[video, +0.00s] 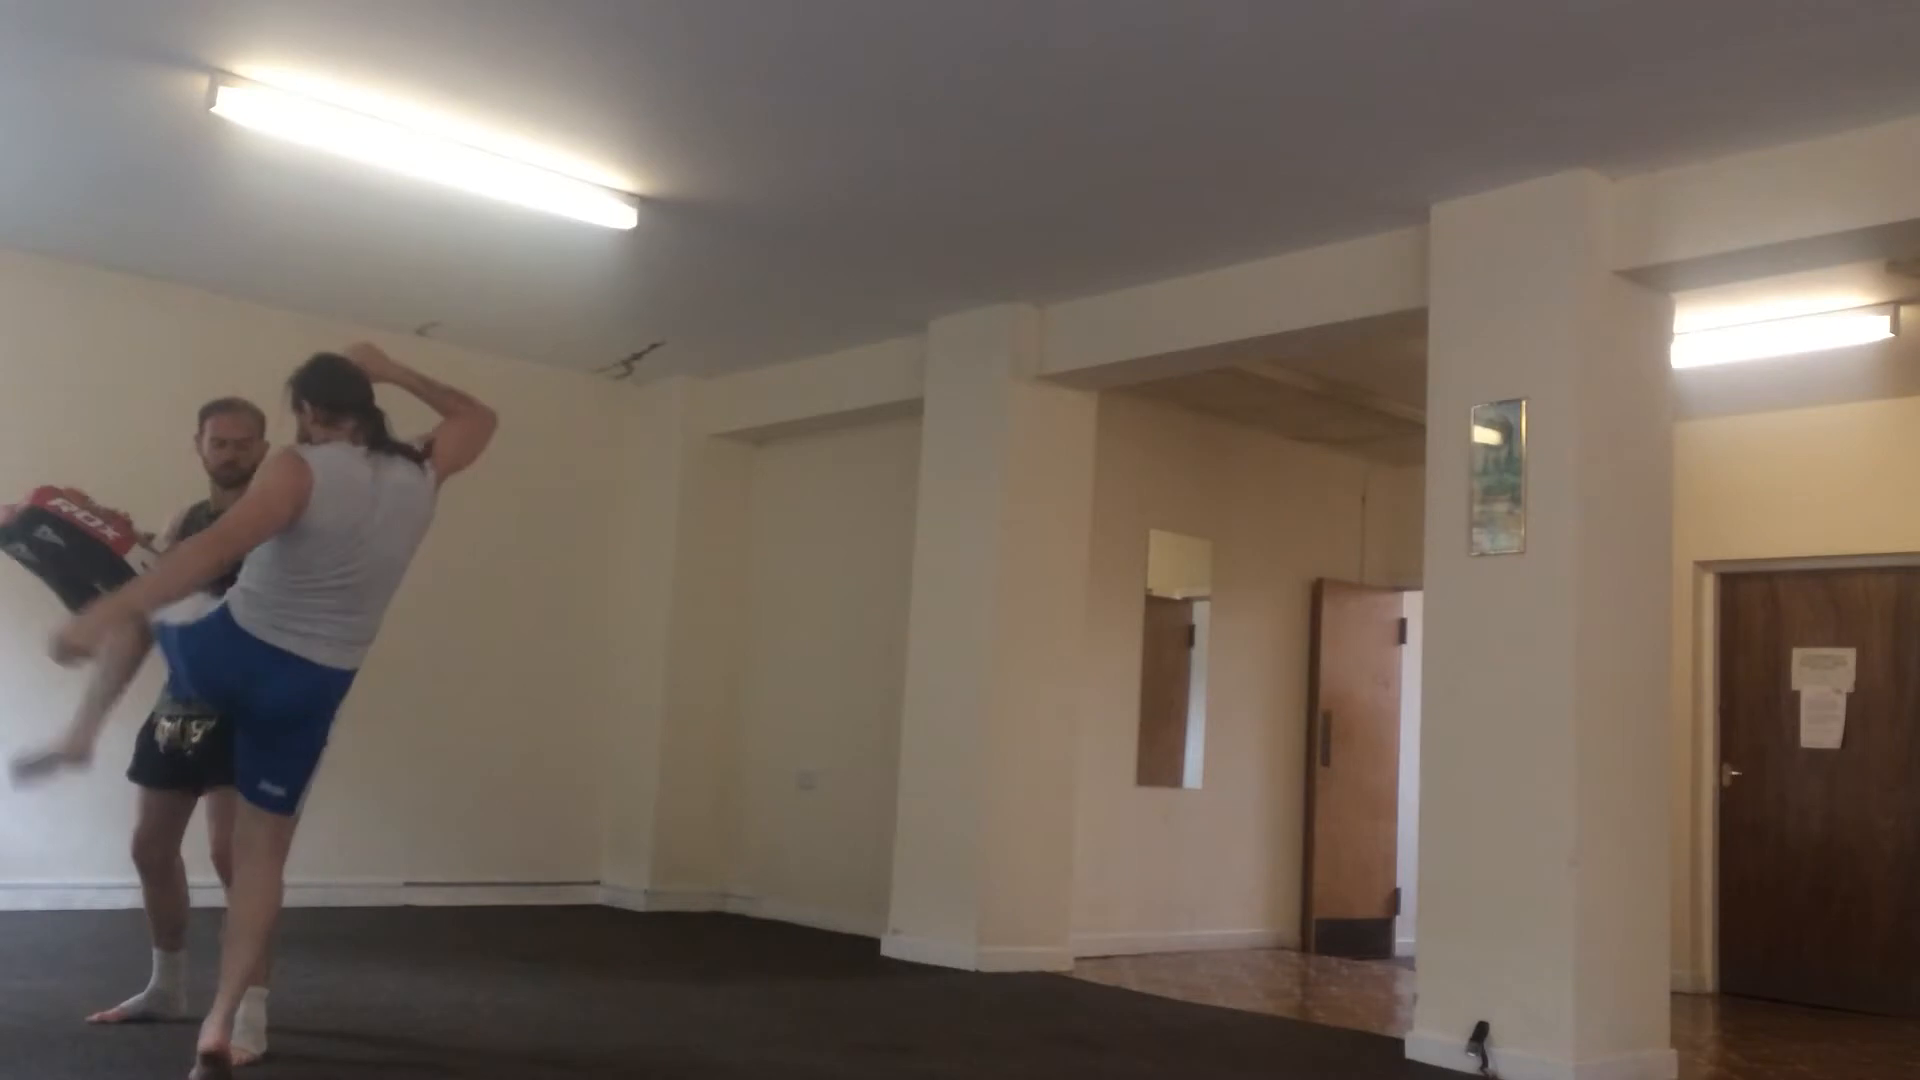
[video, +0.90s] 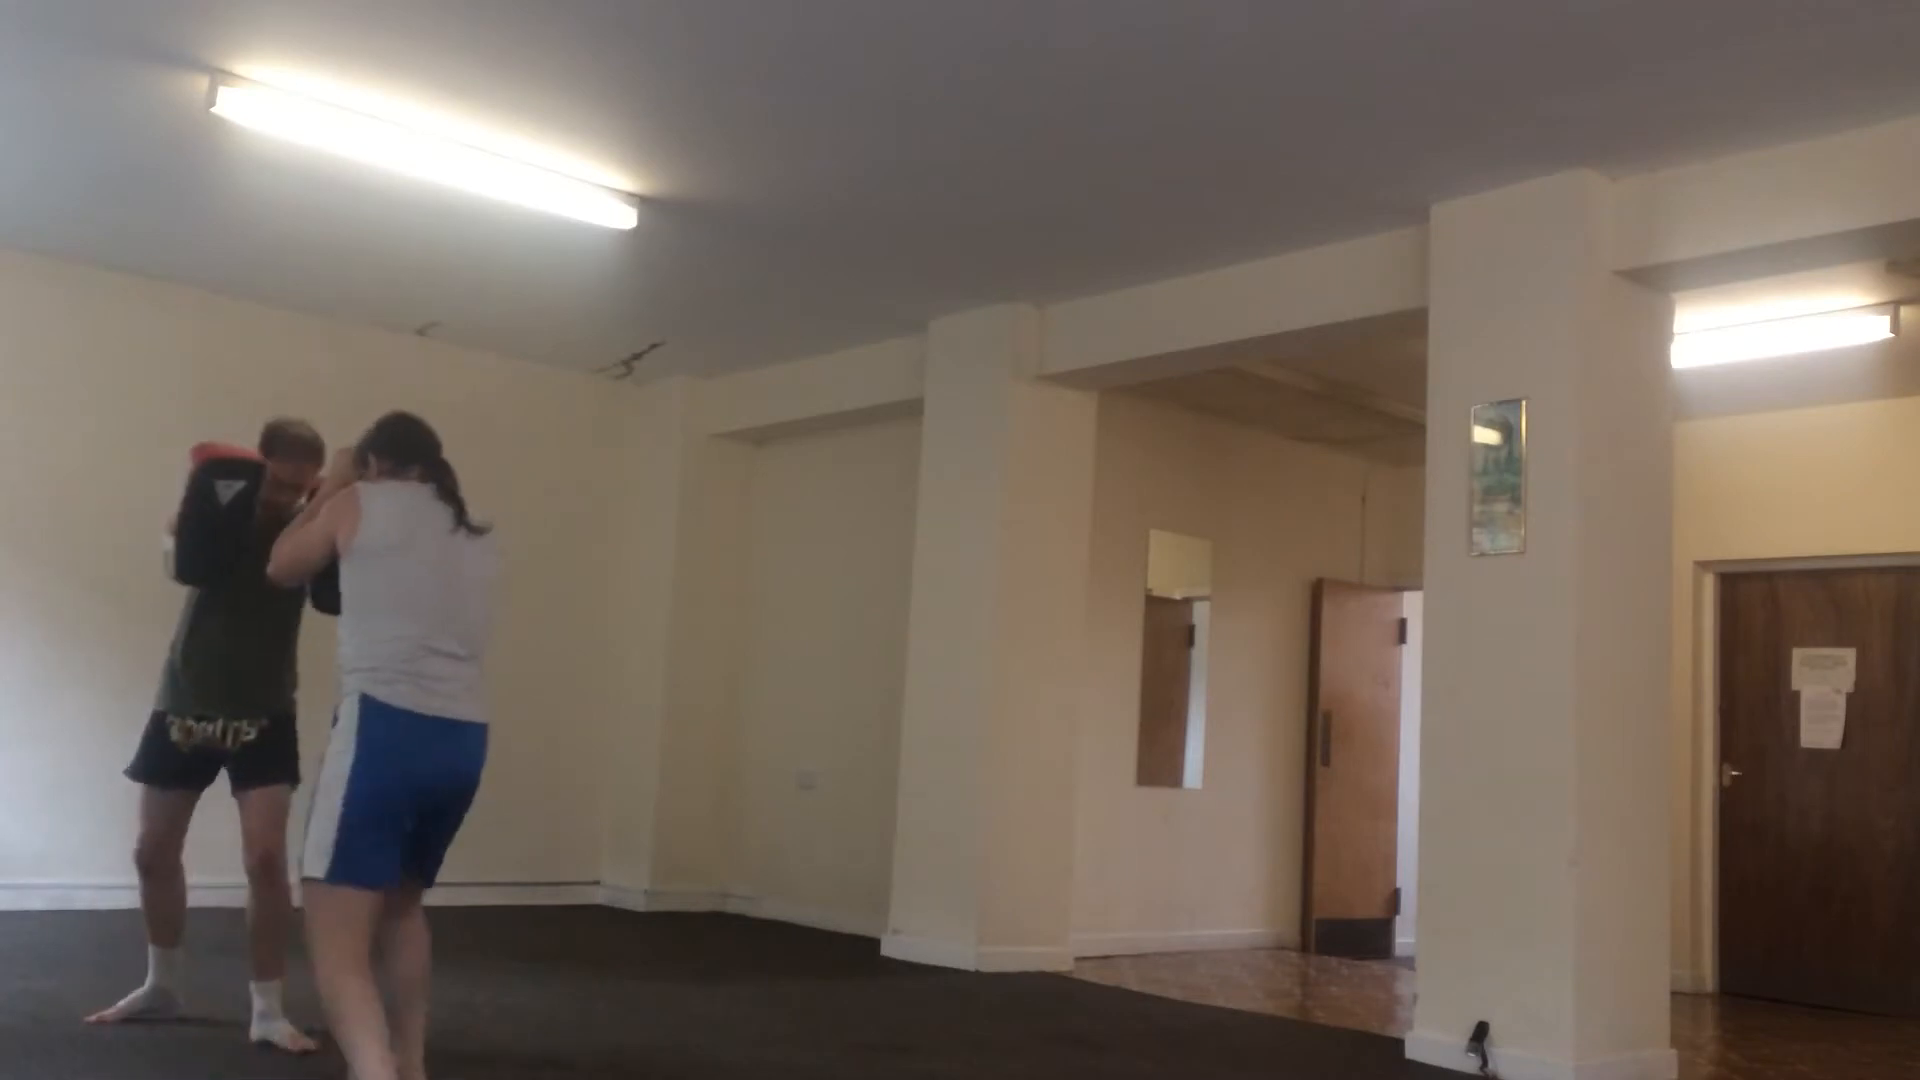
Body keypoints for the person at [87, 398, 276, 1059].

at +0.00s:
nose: (232, 454)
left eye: (245, 443)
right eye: (220, 443)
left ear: (266, 447)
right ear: (200, 449)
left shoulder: (288, 526)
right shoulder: (187, 524)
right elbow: (158, 595)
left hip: (248, 706)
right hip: (184, 700)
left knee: (232, 853)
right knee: (153, 849)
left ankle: (252, 999)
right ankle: (166, 985)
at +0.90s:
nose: (288, 497)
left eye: (300, 486)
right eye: (279, 483)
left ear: (314, 482)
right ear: (260, 468)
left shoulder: (310, 526)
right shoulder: (216, 501)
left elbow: (332, 598)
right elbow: (192, 568)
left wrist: (329, 512)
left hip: (264, 709)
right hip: (188, 702)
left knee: (267, 864)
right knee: (154, 853)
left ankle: (268, 1013)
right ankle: (163, 986)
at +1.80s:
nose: (261, 463)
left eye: (272, 455)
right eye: (255, 446)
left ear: (272, 458)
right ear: (219, 429)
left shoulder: (227, 516)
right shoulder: (170, 495)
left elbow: (235, 613)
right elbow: (221, 597)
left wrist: (299, 596)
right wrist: (293, 588)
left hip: (210, 708)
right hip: (147, 707)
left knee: (248, 853)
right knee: (107, 862)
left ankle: (194, 1004)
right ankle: (42, 1031)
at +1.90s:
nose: (273, 465)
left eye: (283, 456)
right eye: (266, 448)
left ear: (281, 458)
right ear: (231, 432)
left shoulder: (233, 519)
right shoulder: (183, 497)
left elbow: (248, 615)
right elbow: (235, 602)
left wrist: (309, 596)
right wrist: (303, 596)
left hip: (217, 713)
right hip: (158, 711)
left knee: (239, 859)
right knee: (128, 865)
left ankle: (193, 1010)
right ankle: (45, 1027)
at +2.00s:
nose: (284, 466)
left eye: (295, 458)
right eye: (278, 450)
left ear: (293, 460)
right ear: (241, 434)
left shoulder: (243, 517)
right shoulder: (198, 497)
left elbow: (255, 618)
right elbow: (244, 603)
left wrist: (310, 599)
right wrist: (306, 594)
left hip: (225, 707)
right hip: (170, 706)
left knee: (240, 859)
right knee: (164, 858)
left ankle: (192, 1012)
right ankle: (50, 1013)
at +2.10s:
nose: (293, 466)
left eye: (303, 457)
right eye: (285, 449)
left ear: (305, 461)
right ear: (248, 436)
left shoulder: (250, 515)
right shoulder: (208, 496)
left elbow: (257, 612)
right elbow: (251, 597)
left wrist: (320, 596)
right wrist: (316, 591)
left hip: (229, 709)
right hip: (182, 707)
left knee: (241, 860)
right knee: (178, 856)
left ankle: (192, 1012)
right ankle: (74, 1022)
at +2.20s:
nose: (296, 465)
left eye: (306, 456)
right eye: (289, 449)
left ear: (304, 459)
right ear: (250, 435)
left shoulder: (248, 510)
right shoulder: (215, 498)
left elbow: (258, 611)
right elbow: (262, 601)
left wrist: (320, 595)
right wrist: (322, 591)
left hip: (231, 714)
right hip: (184, 712)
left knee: (243, 859)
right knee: (176, 861)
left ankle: (192, 1012)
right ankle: (107, 1042)